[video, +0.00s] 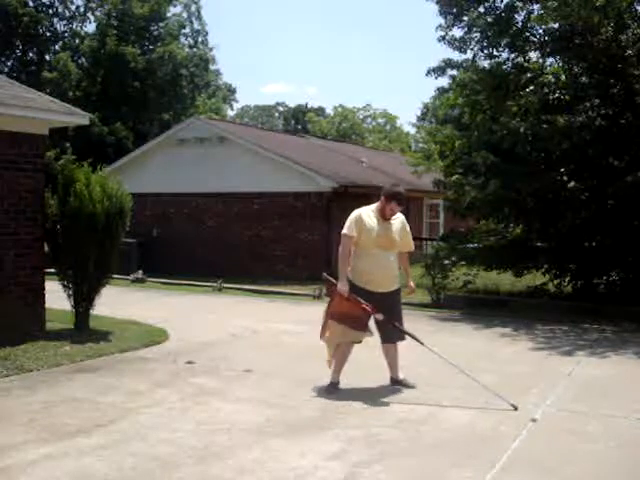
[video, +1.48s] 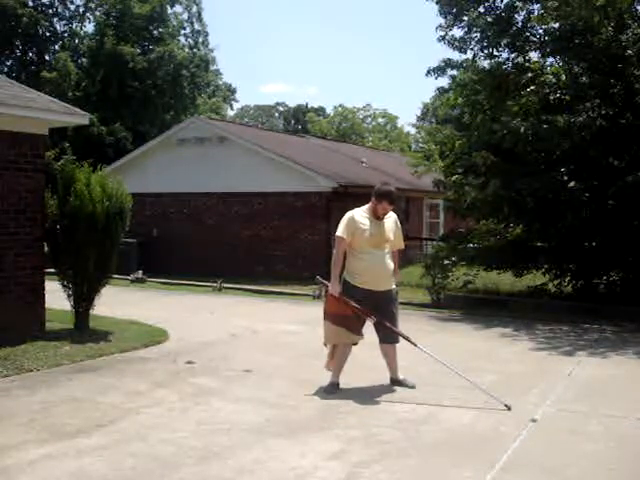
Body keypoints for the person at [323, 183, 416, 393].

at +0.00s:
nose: (394, 211)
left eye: (398, 208)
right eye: (392, 206)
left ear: (400, 207)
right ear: (383, 200)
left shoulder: (400, 222)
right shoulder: (360, 217)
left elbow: (403, 254)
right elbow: (345, 248)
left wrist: (409, 279)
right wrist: (342, 279)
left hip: (389, 291)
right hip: (359, 288)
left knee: (390, 337)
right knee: (348, 335)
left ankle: (395, 377)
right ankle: (334, 379)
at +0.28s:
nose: (388, 212)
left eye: (392, 209)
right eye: (386, 207)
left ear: (395, 207)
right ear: (377, 200)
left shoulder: (394, 221)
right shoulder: (355, 218)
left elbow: (395, 253)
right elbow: (341, 252)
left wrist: (386, 274)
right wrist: (336, 281)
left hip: (386, 290)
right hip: (356, 287)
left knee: (389, 337)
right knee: (345, 336)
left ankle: (395, 376)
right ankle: (334, 379)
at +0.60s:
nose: (386, 211)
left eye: (390, 208)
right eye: (384, 206)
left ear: (393, 207)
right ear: (375, 200)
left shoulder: (392, 221)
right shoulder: (354, 218)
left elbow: (395, 252)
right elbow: (340, 250)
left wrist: (390, 276)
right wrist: (334, 281)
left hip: (386, 290)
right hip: (356, 288)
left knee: (389, 337)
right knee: (346, 335)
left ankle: (395, 376)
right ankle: (334, 380)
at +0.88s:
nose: (386, 211)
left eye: (390, 208)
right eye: (384, 206)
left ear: (393, 206)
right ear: (375, 201)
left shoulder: (393, 220)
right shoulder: (354, 218)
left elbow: (397, 252)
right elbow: (340, 250)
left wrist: (398, 275)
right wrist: (334, 281)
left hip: (386, 289)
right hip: (355, 287)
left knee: (389, 336)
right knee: (347, 334)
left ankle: (395, 376)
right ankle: (334, 379)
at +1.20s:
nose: (386, 212)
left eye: (390, 208)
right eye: (384, 207)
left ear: (392, 206)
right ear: (374, 201)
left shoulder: (392, 220)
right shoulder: (353, 218)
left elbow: (397, 250)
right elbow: (339, 249)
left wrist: (398, 269)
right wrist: (335, 280)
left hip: (386, 289)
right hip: (355, 287)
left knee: (389, 336)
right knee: (346, 334)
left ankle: (395, 376)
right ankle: (334, 379)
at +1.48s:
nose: (386, 211)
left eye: (390, 208)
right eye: (384, 206)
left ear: (392, 206)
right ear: (374, 201)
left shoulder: (392, 220)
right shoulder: (353, 218)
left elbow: (395, 251)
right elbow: (339, 249)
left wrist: (394, 274)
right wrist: (335, 280)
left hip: (385, 289)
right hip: (355, 287)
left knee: (389, 336)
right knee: (346, 334)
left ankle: (395, 376)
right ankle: (334, 379)